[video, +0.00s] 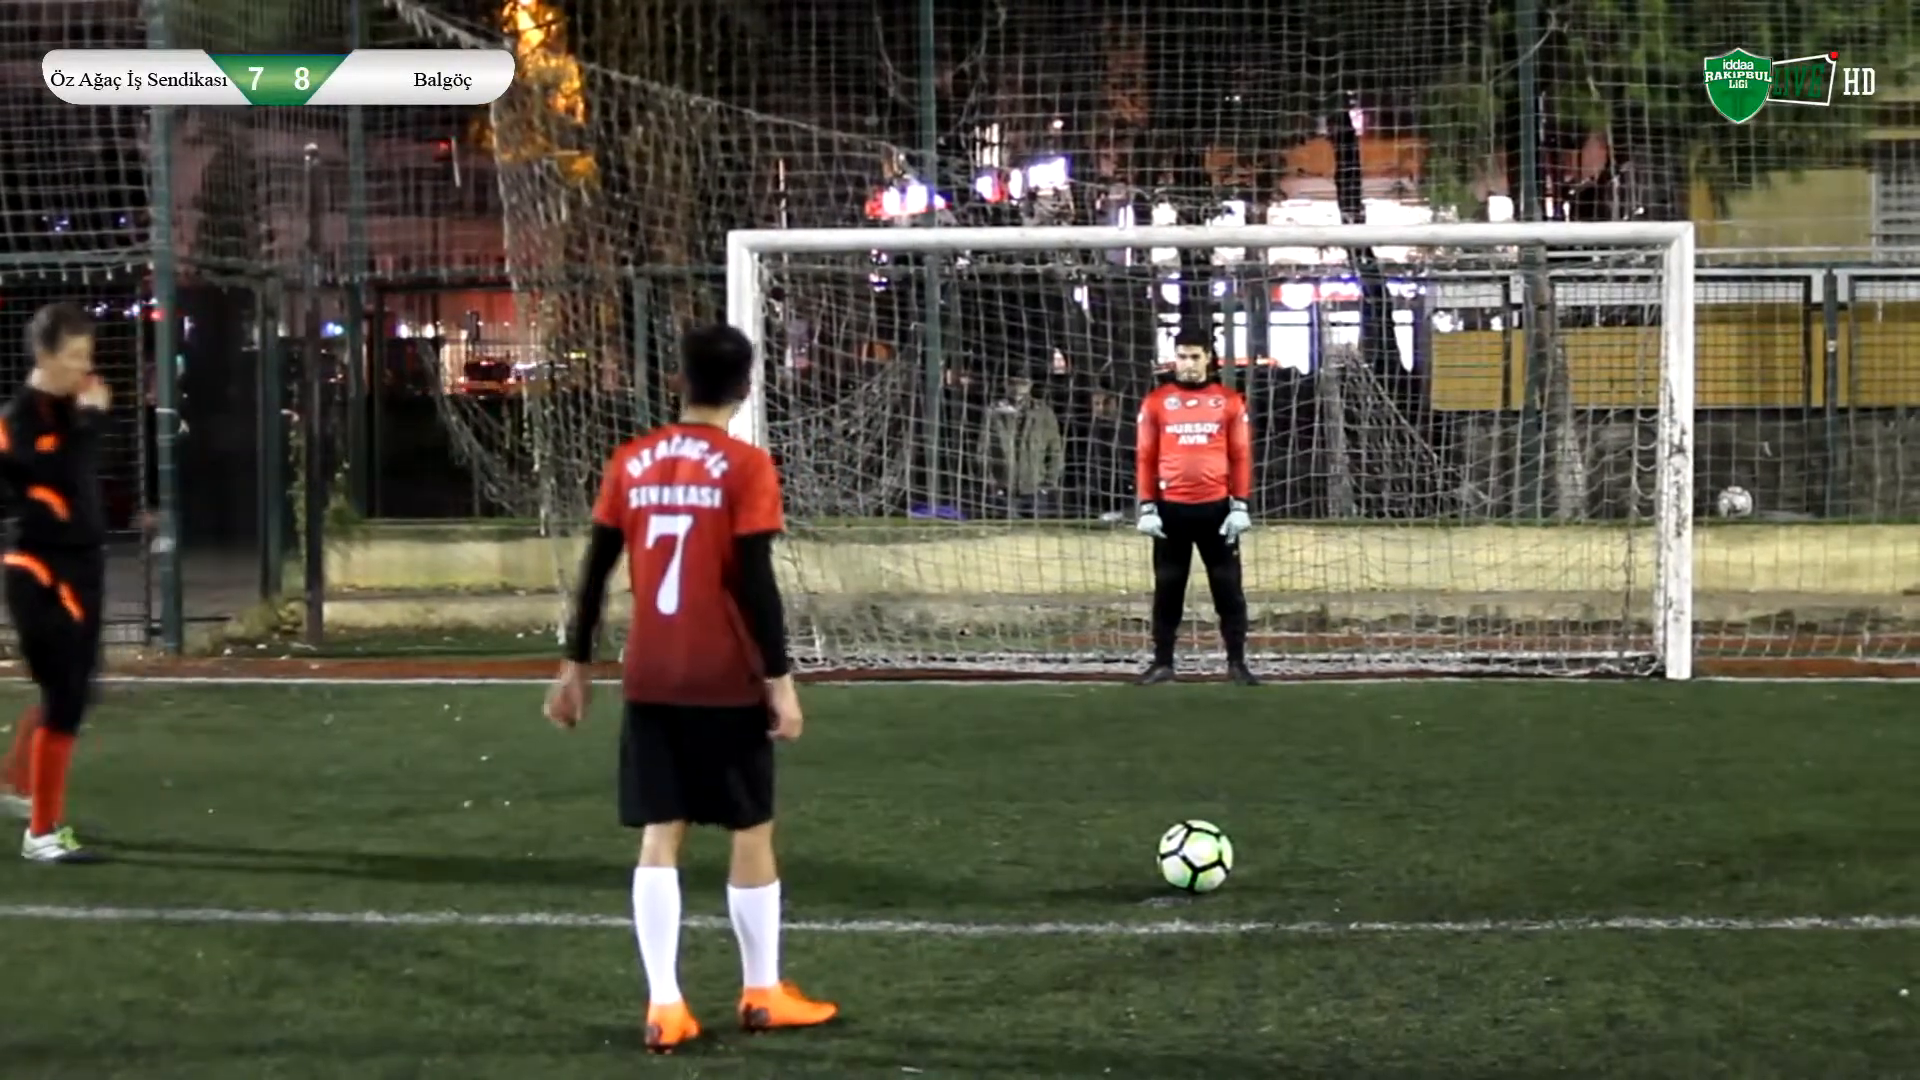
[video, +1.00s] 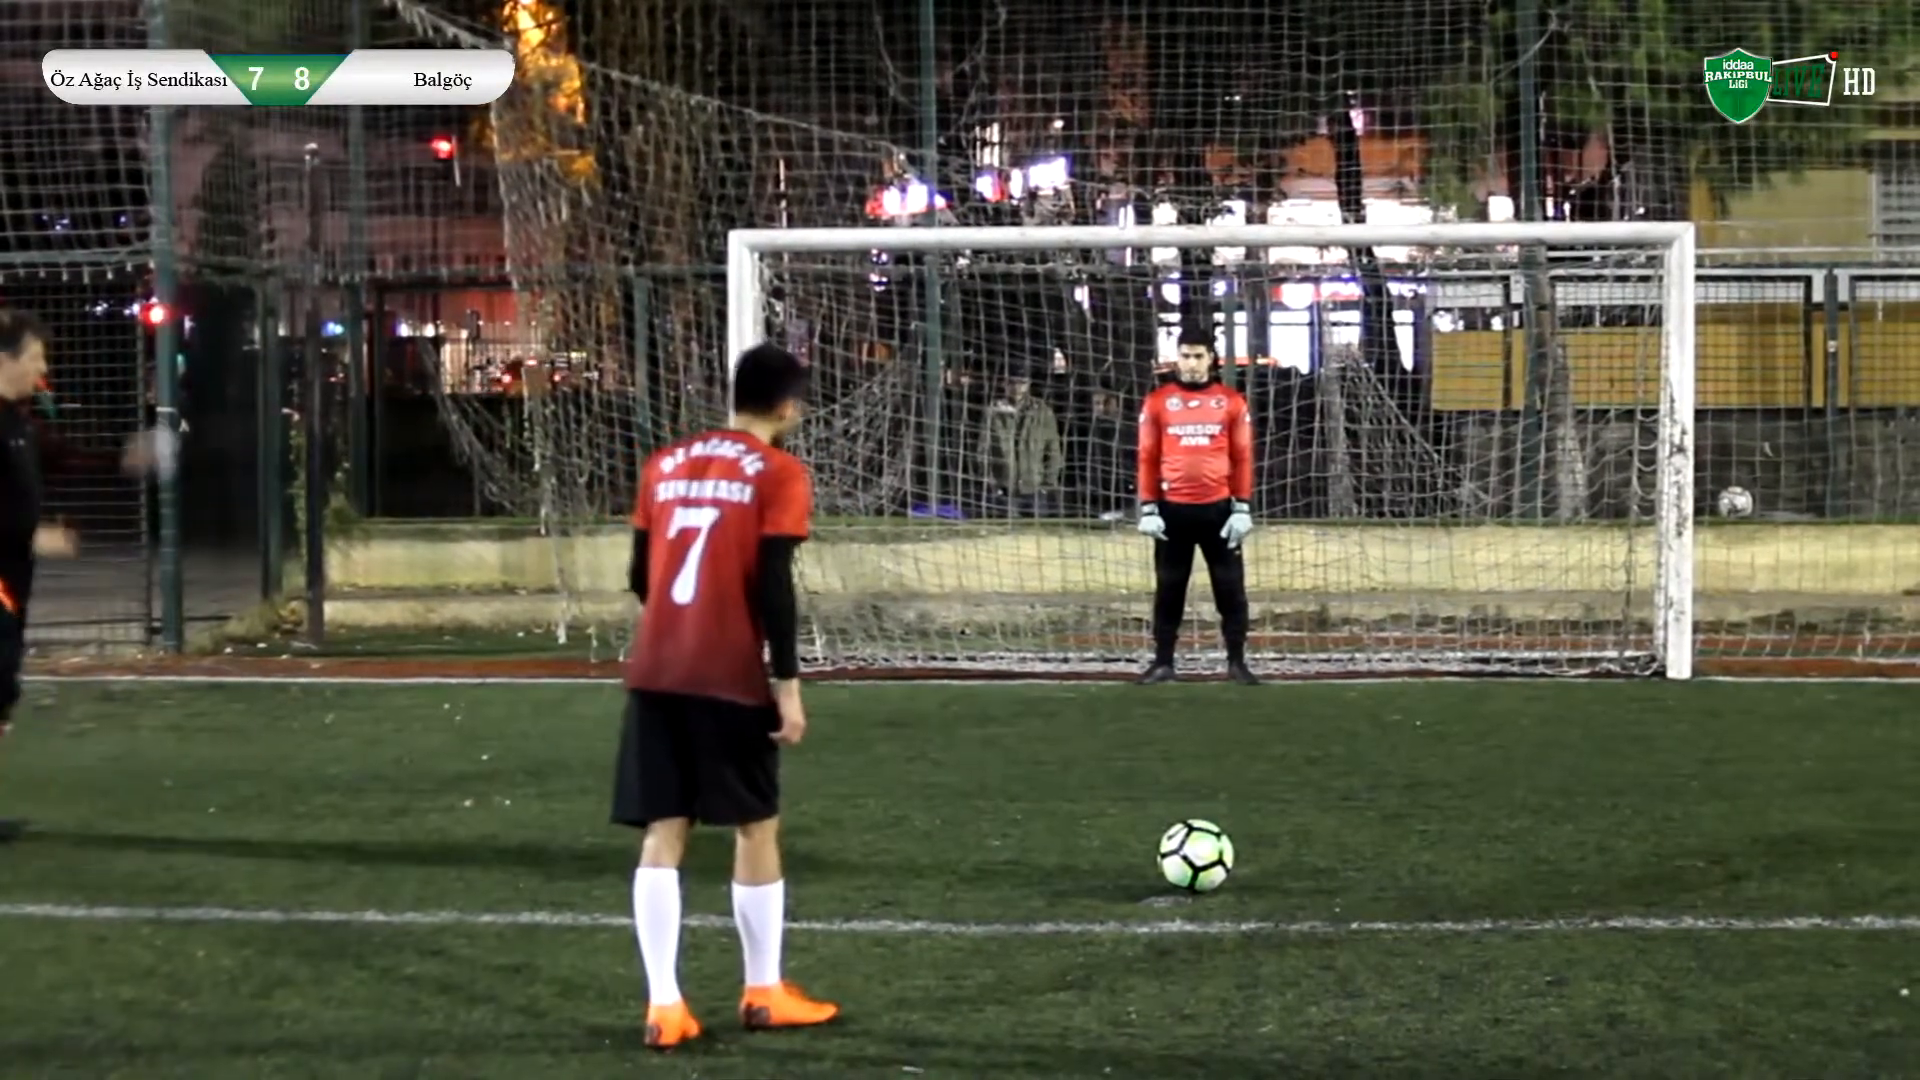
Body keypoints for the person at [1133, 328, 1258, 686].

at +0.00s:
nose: (1188, 364)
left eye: (1195, 357)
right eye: (1182, 357)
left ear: (1209, 359)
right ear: (1174, 359)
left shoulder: (1230, 402)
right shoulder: (1155, 402)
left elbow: (1241, 455)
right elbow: (1145, 456)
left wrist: (1240, 503)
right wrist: (1147, 505)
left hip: (1216, 507)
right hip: (1170, 508)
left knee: (1228, 589)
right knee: (1167, 589)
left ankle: (1237, 662)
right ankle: (1163, 661)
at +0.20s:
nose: (1188, 364)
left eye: (1196, 356)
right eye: (1182, 356)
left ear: (1209, 359)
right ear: (1174, 359)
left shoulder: (1229, 402)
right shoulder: (1154, 402)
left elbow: (1241, 456)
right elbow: (1145, 456)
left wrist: (1240, 504)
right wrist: (1147, 505)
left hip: (1216, 507)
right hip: (1170, 508)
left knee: (1228, 589)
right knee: (1167, 589)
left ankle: (1236, 662)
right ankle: (1163, 661)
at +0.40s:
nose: (1188, 363)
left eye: (1195, 356)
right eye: (1182, 356)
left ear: (1209, 360)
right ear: (1173, 359)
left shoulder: (1229, 402)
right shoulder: (1154, 402)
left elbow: (1240, 456)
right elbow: (1144, 457)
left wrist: (1239, 505)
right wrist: (1146, 505)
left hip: (1216, 507)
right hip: (1170, 508)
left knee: (1228, 589)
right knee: (1166, 589)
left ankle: (1236, 662)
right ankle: (1162, 661)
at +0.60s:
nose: (1189, 363)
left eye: (1197, 356)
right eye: (1183, 356)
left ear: (1210, 359)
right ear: (1174, 359)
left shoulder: (1230, 402)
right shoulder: (1155, 402)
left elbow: (1241, 456)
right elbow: (1145, 456)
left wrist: (1240, 505)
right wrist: (1146, 505)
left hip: (1217, 507)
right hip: (1170, 508)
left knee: (1229, 590)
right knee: (1167, 590)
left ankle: (1236, 661)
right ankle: (1162, 661)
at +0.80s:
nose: (1189, 363)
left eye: (1196, 356)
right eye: (1183, 356)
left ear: (1209, 360)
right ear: (1173, 359)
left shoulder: (1229, 403)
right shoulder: (1154, 403)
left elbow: (1240, 456)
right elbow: (1144, 457)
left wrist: (1239, 505)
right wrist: (1145, 506)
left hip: (1216, 508)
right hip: (1169, 509)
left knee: (1228, 590)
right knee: (1166, 590)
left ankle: (1235, 662)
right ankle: (1161, 662)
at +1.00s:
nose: (1191, 363)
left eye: (1199, 356)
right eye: (1185, 356)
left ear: (1212, 359)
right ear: (1176, 359)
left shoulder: (1232, 402)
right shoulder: (1157, 402)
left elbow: (1243, 456)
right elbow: (1147, 456)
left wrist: (1242, 505)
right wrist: (1148, 506)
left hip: (1219, 507)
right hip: (1172, 509)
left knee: (1231, 590)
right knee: (1169, 590)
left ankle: (1236, 660)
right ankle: (1164, 660)